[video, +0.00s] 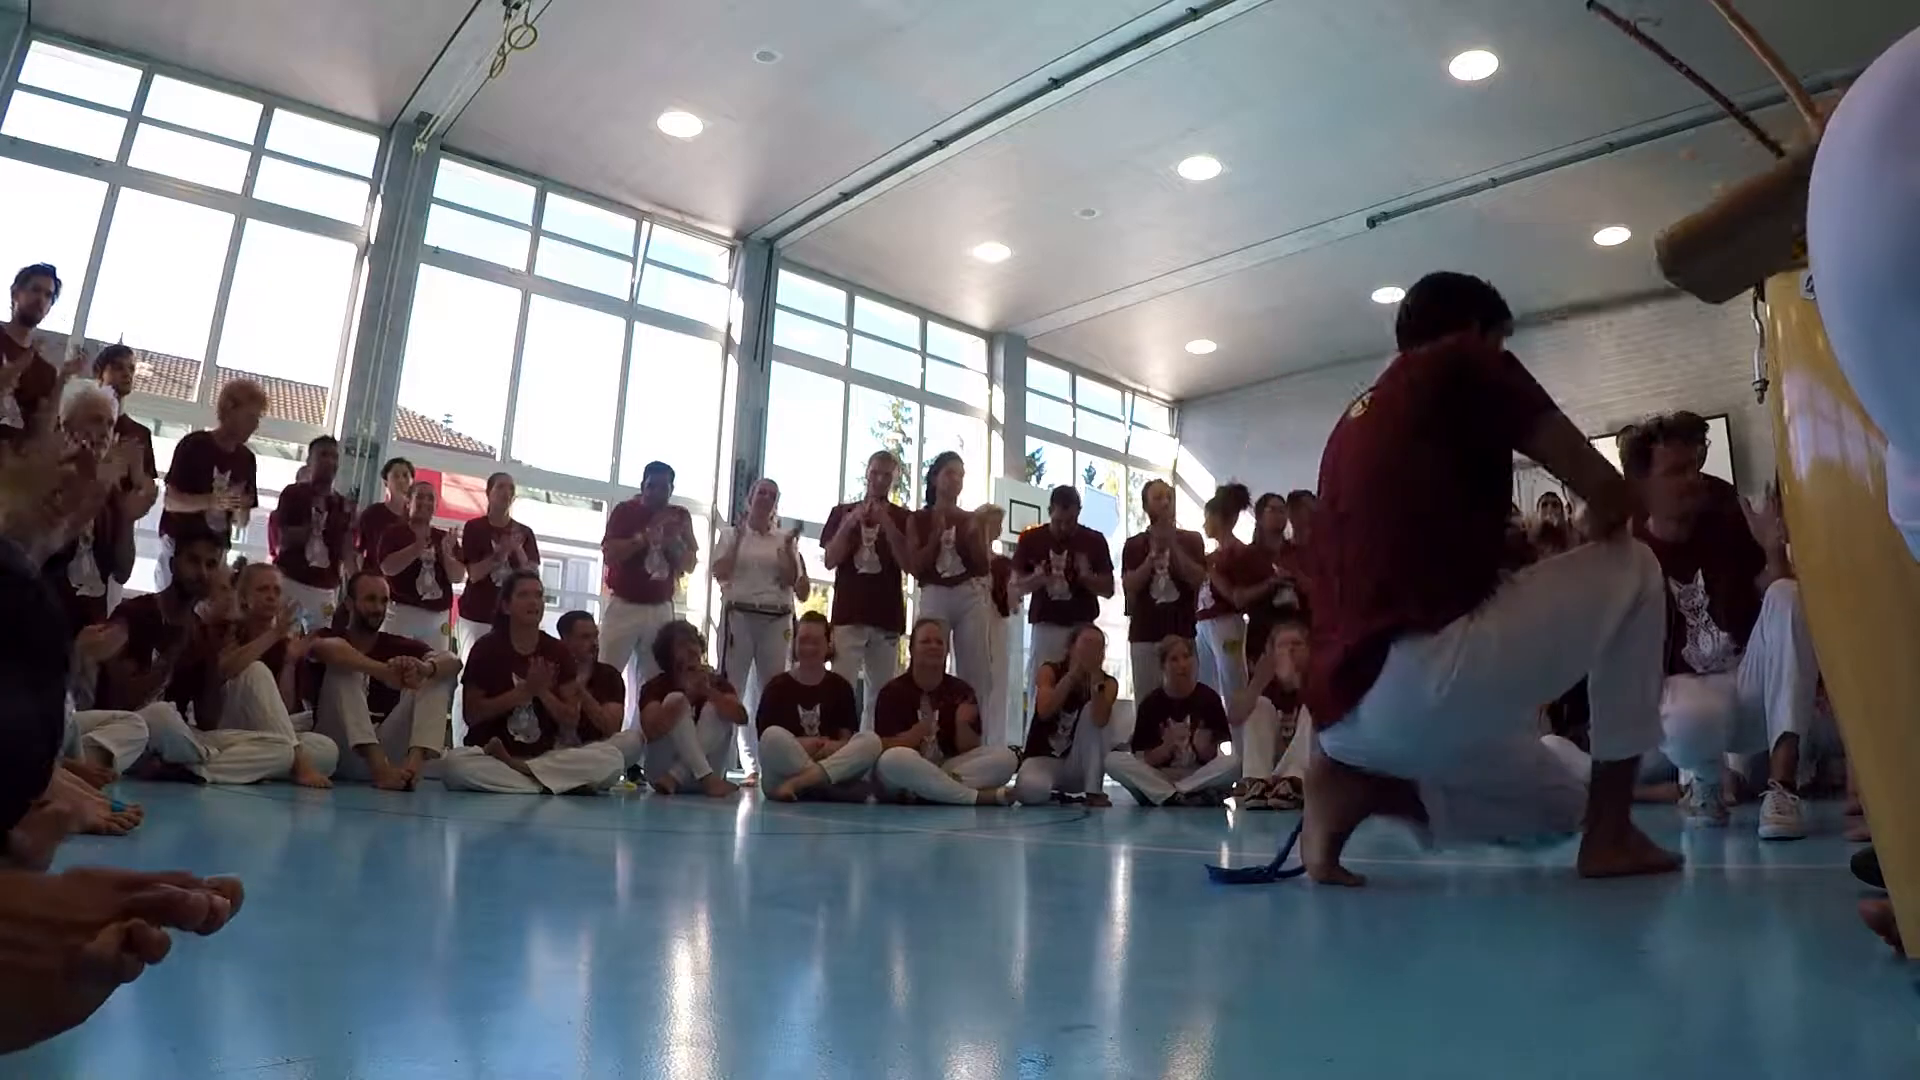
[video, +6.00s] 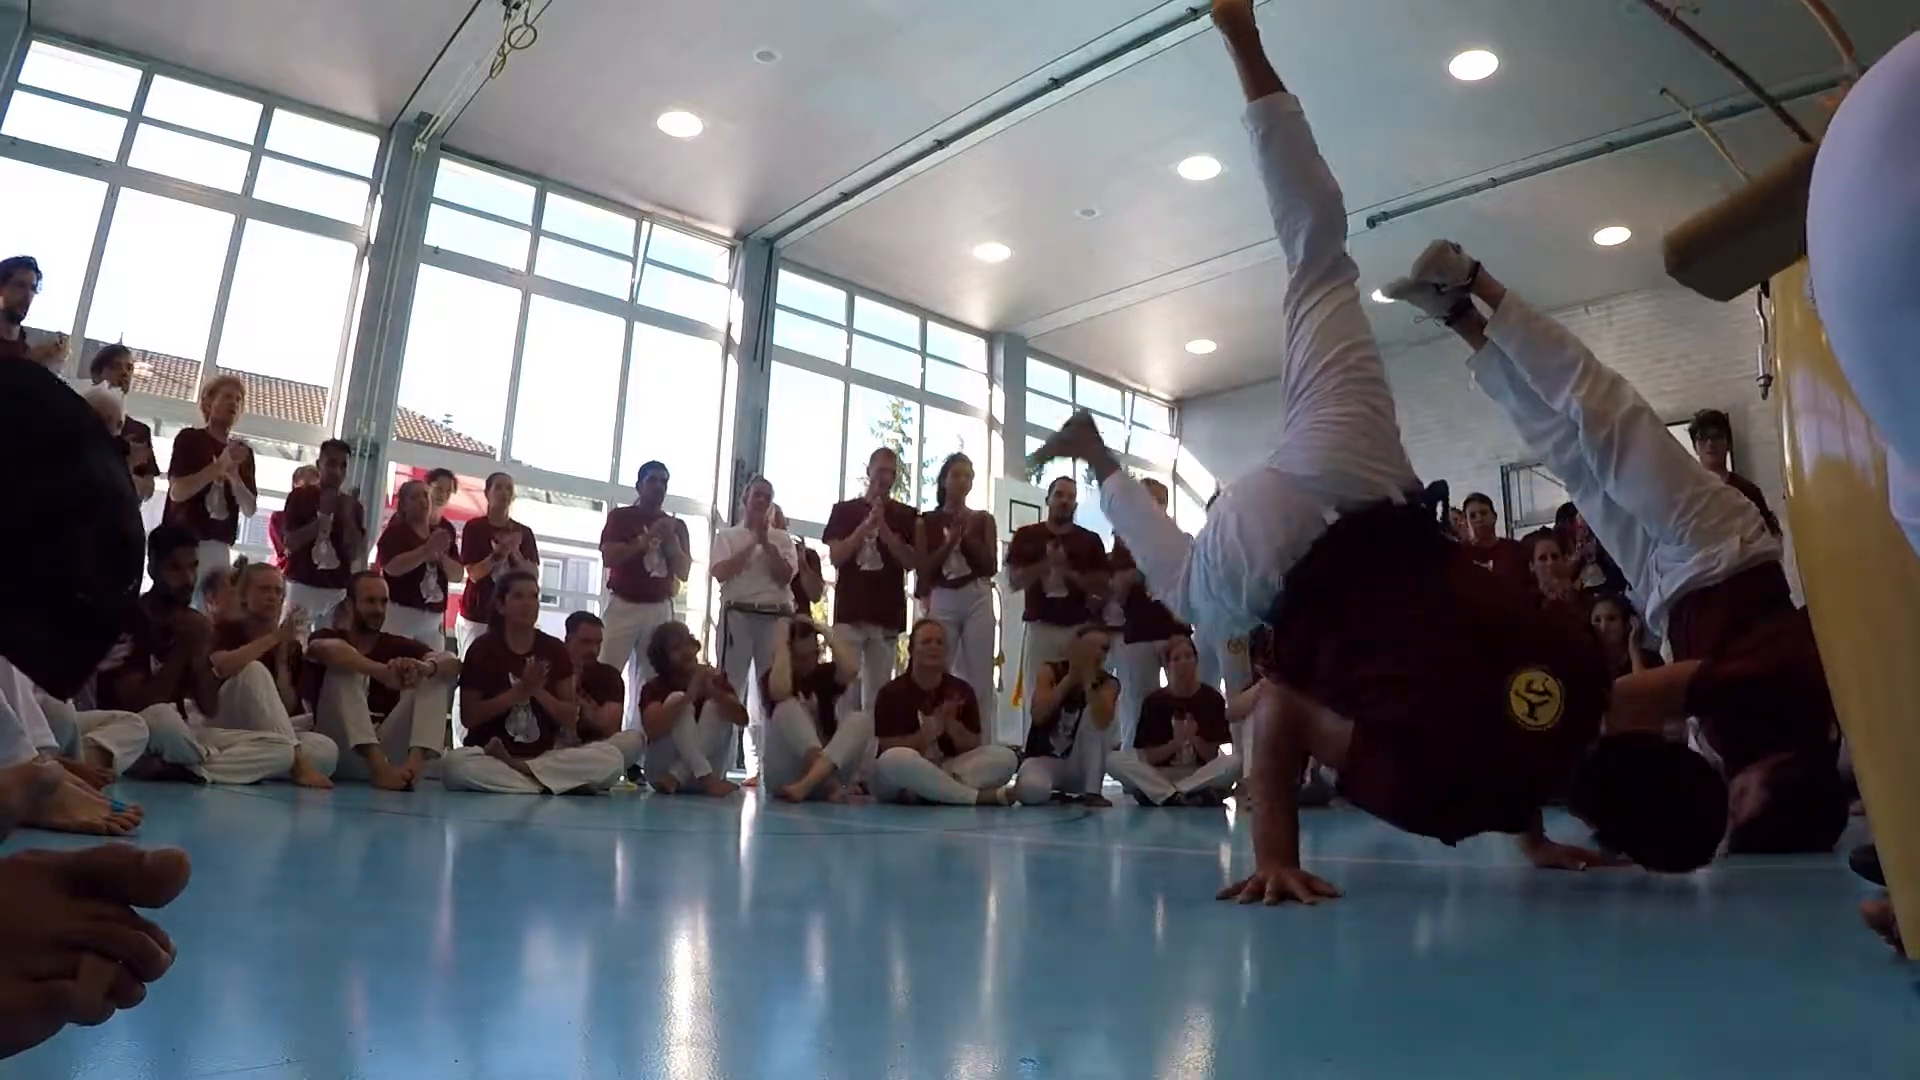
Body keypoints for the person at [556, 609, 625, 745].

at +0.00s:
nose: (594, 643)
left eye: (596, 636)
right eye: (586, 637)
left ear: (599, 636)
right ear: (565, 641)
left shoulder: (609, 675)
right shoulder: (550, 675)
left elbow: (611, 728)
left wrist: (581, 690)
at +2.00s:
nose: (589, 647)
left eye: (593, 639)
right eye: (581, 641)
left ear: (598, 639)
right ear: (563, 641)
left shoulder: (609, 675)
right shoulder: (548, 674)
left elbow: (610, 728)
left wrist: (578, 695)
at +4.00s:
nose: (591, 645)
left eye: (595, 638)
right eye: (583, 638)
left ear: (599, 638)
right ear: (565, 640)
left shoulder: (610, 676)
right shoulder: (548, 673)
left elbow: (610, 725)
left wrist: (574, 695)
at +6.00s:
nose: (593, 650)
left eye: (598, 643)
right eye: (586, 642)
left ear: (602, 644)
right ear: (567, 640)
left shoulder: (610, 675)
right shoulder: (549, 673)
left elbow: (610, 728)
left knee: (635, 738)